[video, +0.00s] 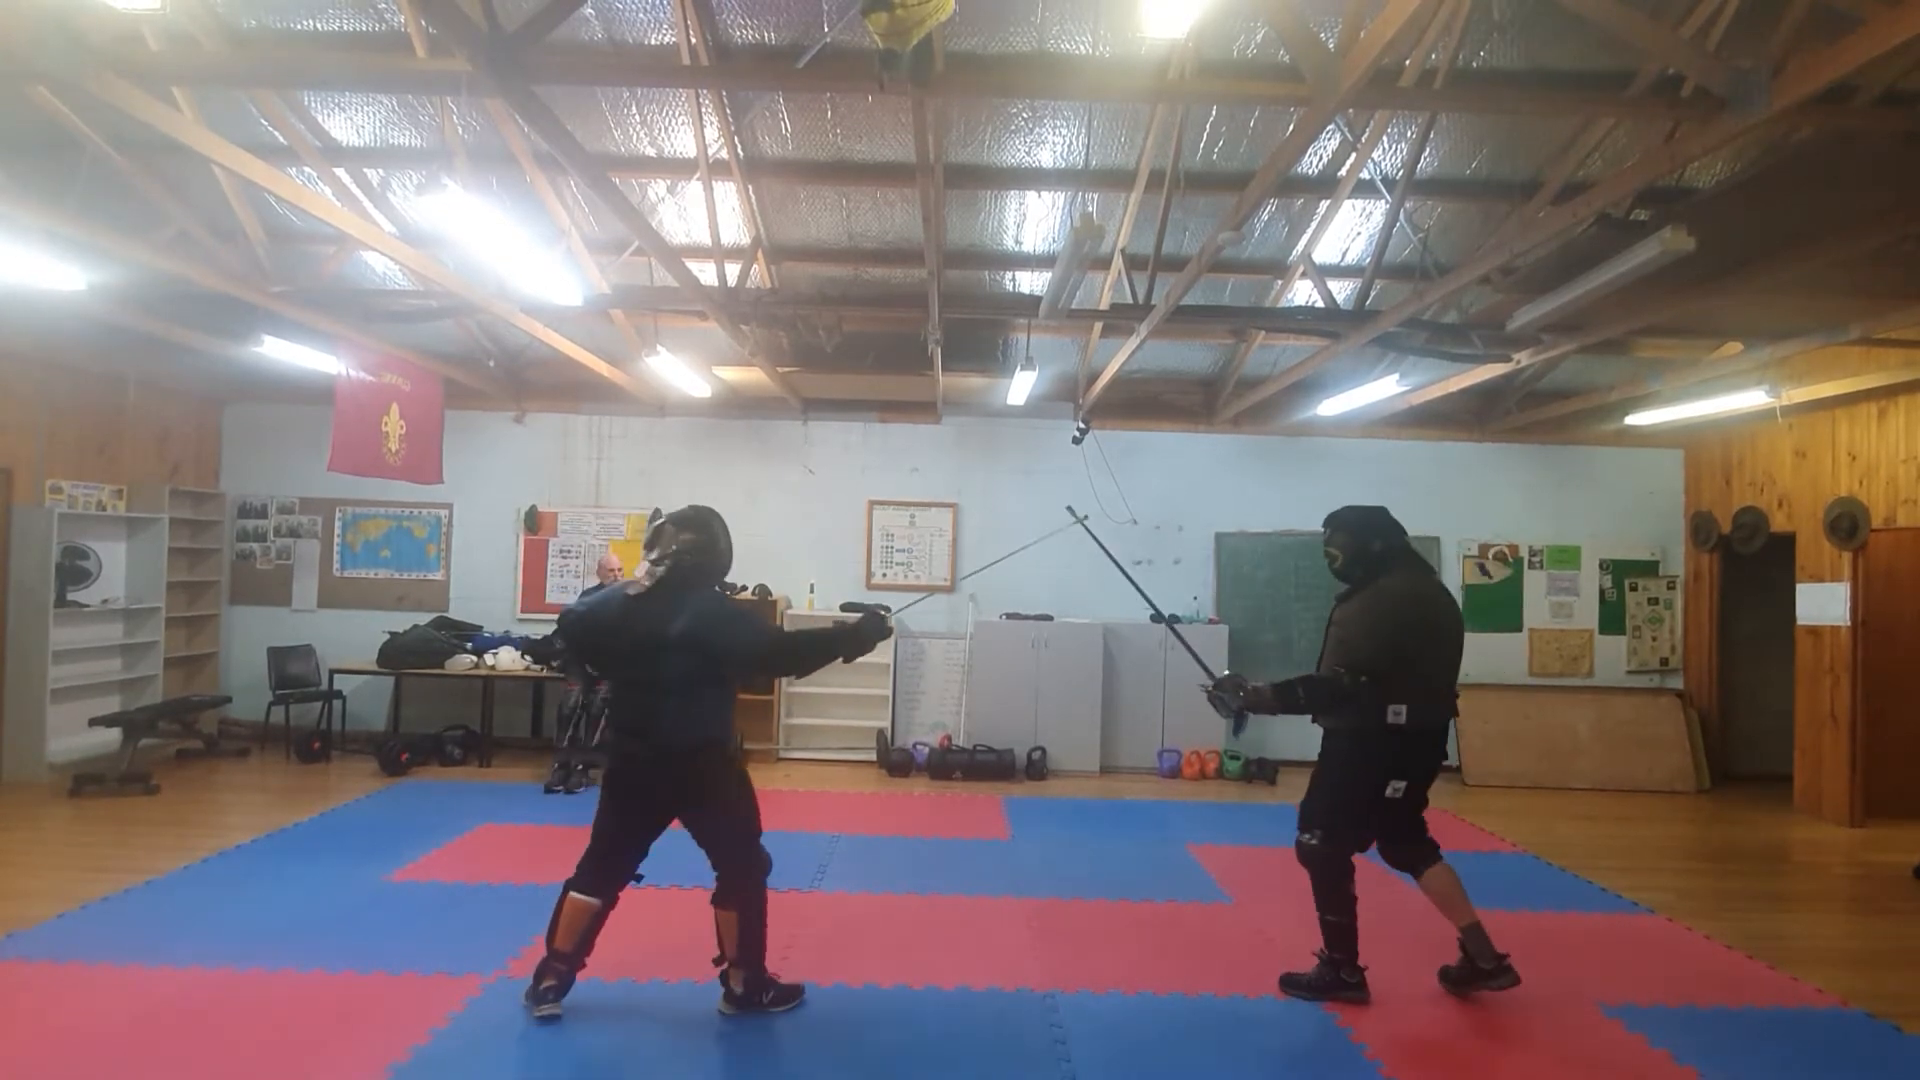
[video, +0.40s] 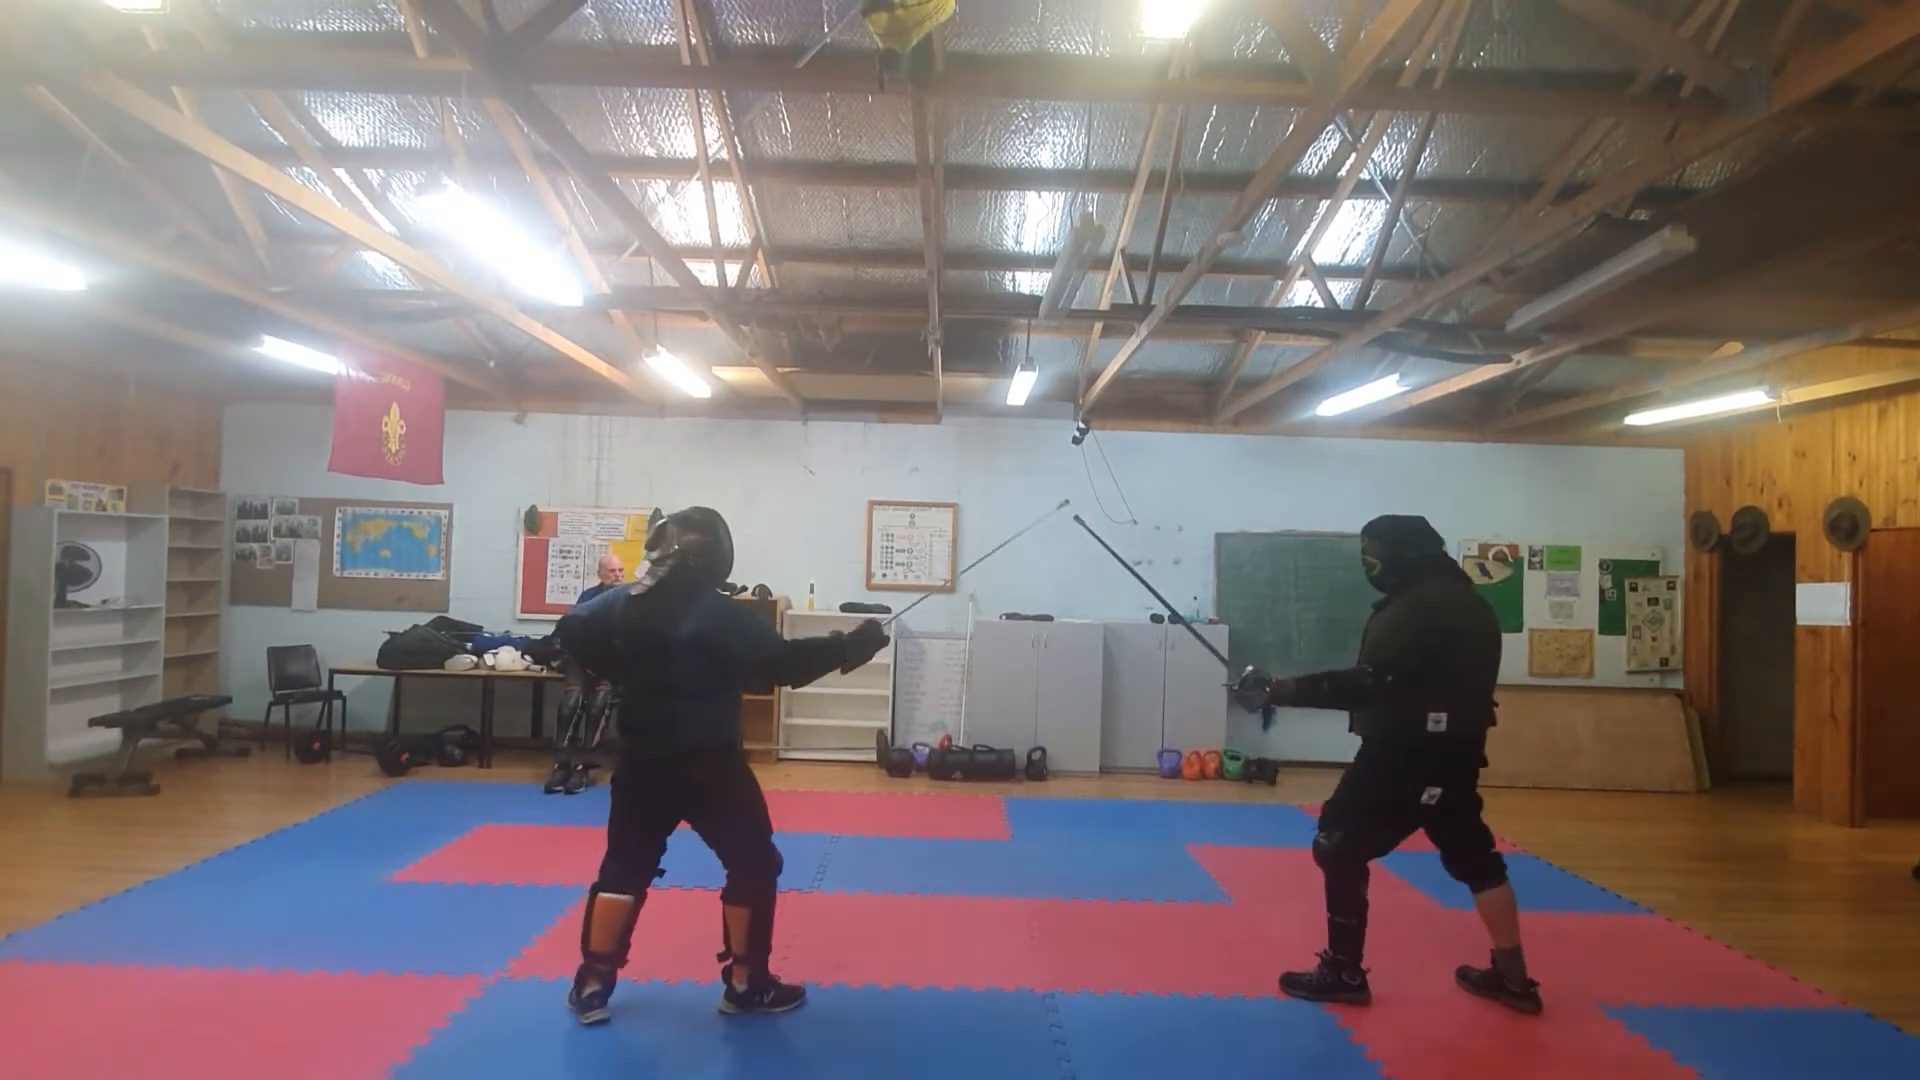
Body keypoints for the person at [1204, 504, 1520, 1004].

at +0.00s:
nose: (1329, 559)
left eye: (1336, 548)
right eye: (1327, 549)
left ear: (1368, 545)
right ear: (1385, 543)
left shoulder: (1367, 603)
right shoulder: (1430, 592)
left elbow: (1339, 688)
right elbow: (1428, 683)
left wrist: (1258, 697)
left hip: (1364, 743)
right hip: (1421, 741)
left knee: (1321, 843)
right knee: (1404, 839)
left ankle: (1341, 967)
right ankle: (1483, 955)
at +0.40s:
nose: (1367, 569)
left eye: (1372, 558)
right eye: (1365, 559)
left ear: (1399, 555)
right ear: (1421, 551)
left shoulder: (1404, 610)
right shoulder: (1472, 603)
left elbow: (1370, 684)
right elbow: (1472, 689)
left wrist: (1282, 690)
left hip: (1397, 758)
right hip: (1456, 757)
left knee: (1340, 844)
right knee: (1476, 857)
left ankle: (1343, 970)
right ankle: (1512, 973)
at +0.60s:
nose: (1390, 567)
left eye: (1395, 556)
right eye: (1387, 556)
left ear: (1424, 552)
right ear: (1448, 550)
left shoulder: (1427, 607)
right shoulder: (1496, 603)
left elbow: (1386, 675)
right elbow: (1497, 690)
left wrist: (1296, 681)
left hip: (1419, 756)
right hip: (1478, 756)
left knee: (1369, 848)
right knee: (1492, 857)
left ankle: (1348, 968)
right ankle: (1514, 974)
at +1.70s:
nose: (1401, 578)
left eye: (1406, 567)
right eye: (1399, 568)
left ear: (1435, 564)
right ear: (1458, 562)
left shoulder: (1440, 617)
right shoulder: (1512, 616)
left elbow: (1369, 665)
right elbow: (1511, 703)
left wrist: (1281, 643)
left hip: (1432, 768)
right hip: (1494, 771)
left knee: (1364, 851)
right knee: (1518, 869)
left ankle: (1345, 970)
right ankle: (1589, 984)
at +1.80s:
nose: (1419, 578)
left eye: (1424, 567)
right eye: (1417, 568)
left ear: (1454, 564)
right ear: (1480, 561)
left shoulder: (1460, 616)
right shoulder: (1532, 613)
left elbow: (1390, 668)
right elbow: (1534, 701)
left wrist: (1298, 647)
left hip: (1457, 765)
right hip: (1519, 765)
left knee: (1391, 855)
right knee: (1538, 870)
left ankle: (1350, 968)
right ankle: (1596, 991)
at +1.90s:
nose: (1437, 576)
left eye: (1442, 565)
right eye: (1435, 566)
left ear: (1471, 559)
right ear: (1498, 556)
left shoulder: (1478, 612)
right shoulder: (1548, 608)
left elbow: (1407, 667)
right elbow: (1546, 690)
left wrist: (1318, 651)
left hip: (1473, 760)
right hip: (1535, 759)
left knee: (1408, 855)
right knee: (1544, 867)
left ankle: (1360, 967)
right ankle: (1598, 992)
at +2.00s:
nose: (1450, 577)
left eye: (1455, 565)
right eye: (1447, 566)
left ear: (1485, 559)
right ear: (1512, 555)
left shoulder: (1486, 613)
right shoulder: (1562, 610)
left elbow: (1417, 666)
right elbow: (1563, 698)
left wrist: (1328, 649)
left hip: (1478, 763)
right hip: (1541, 763)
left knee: (1409, 849)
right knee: (1552, 869)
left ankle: (1396, 978)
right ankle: (1600, 993)